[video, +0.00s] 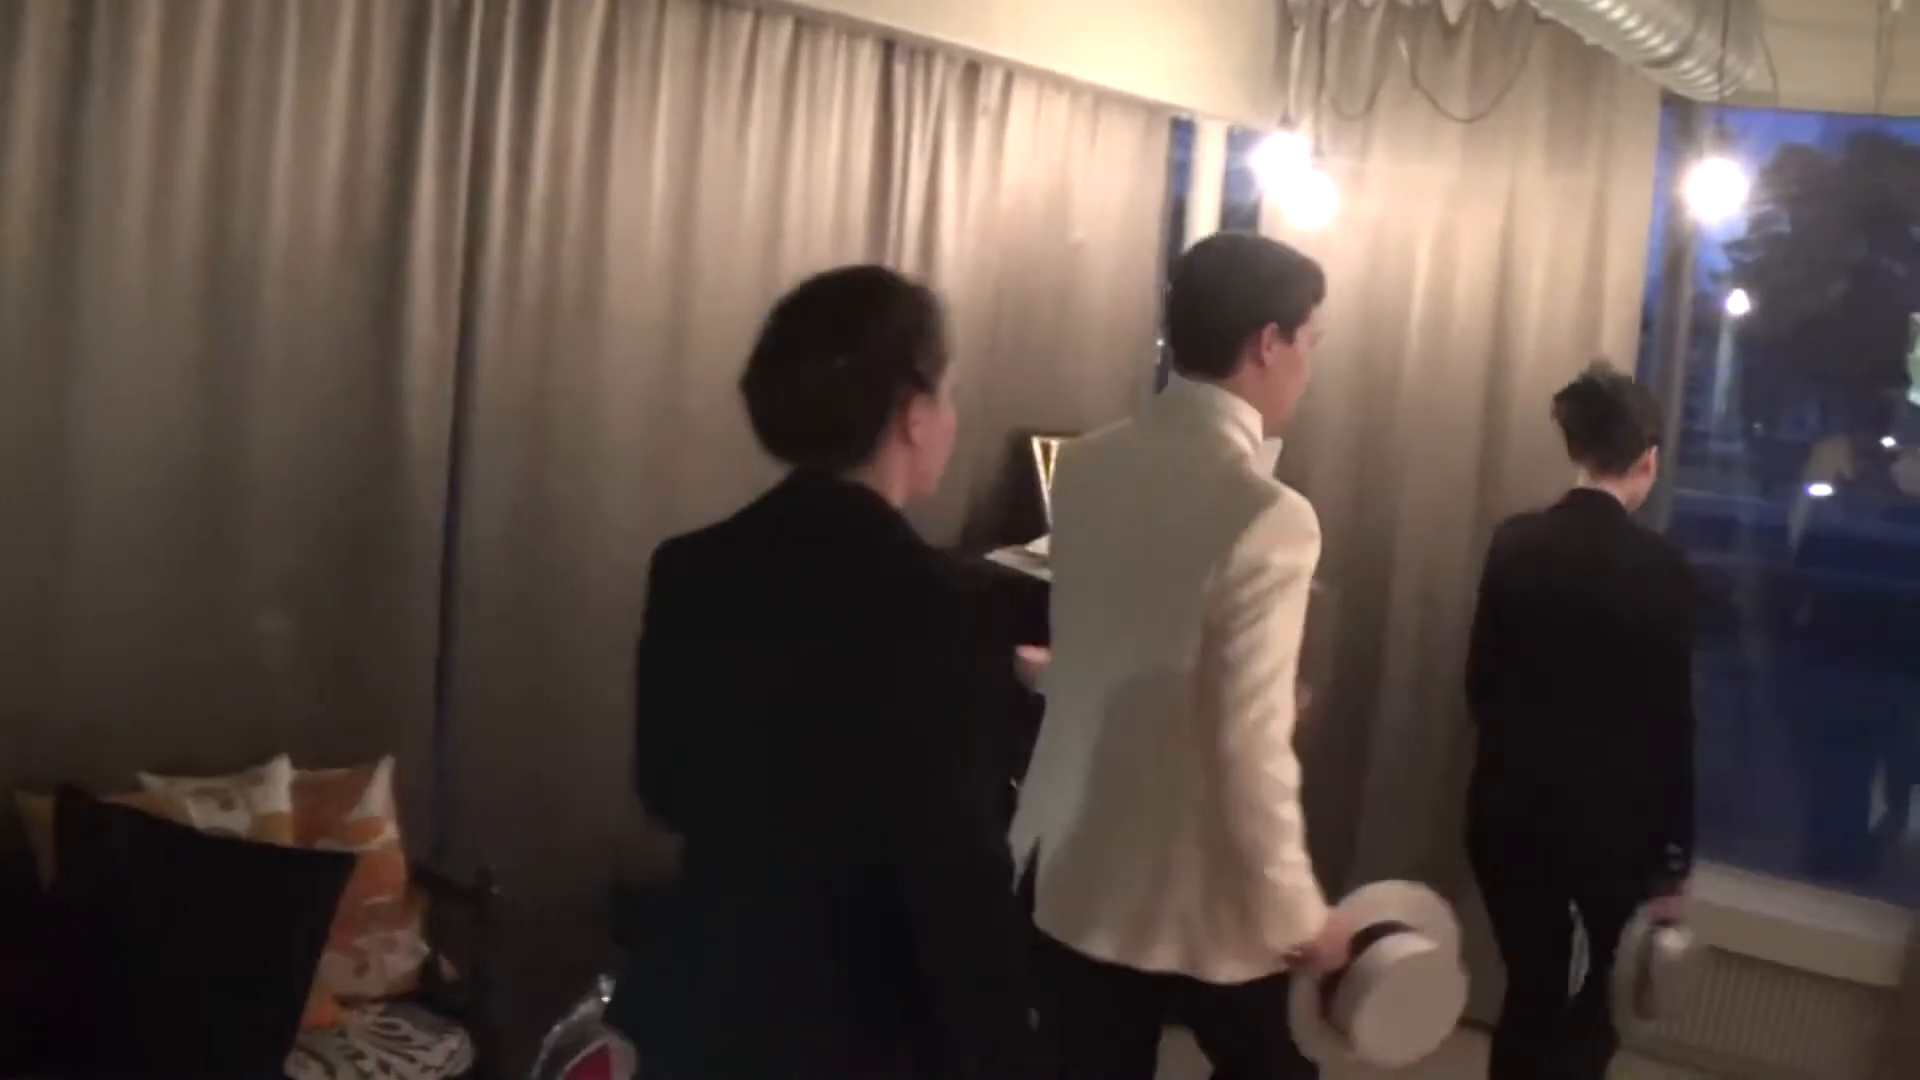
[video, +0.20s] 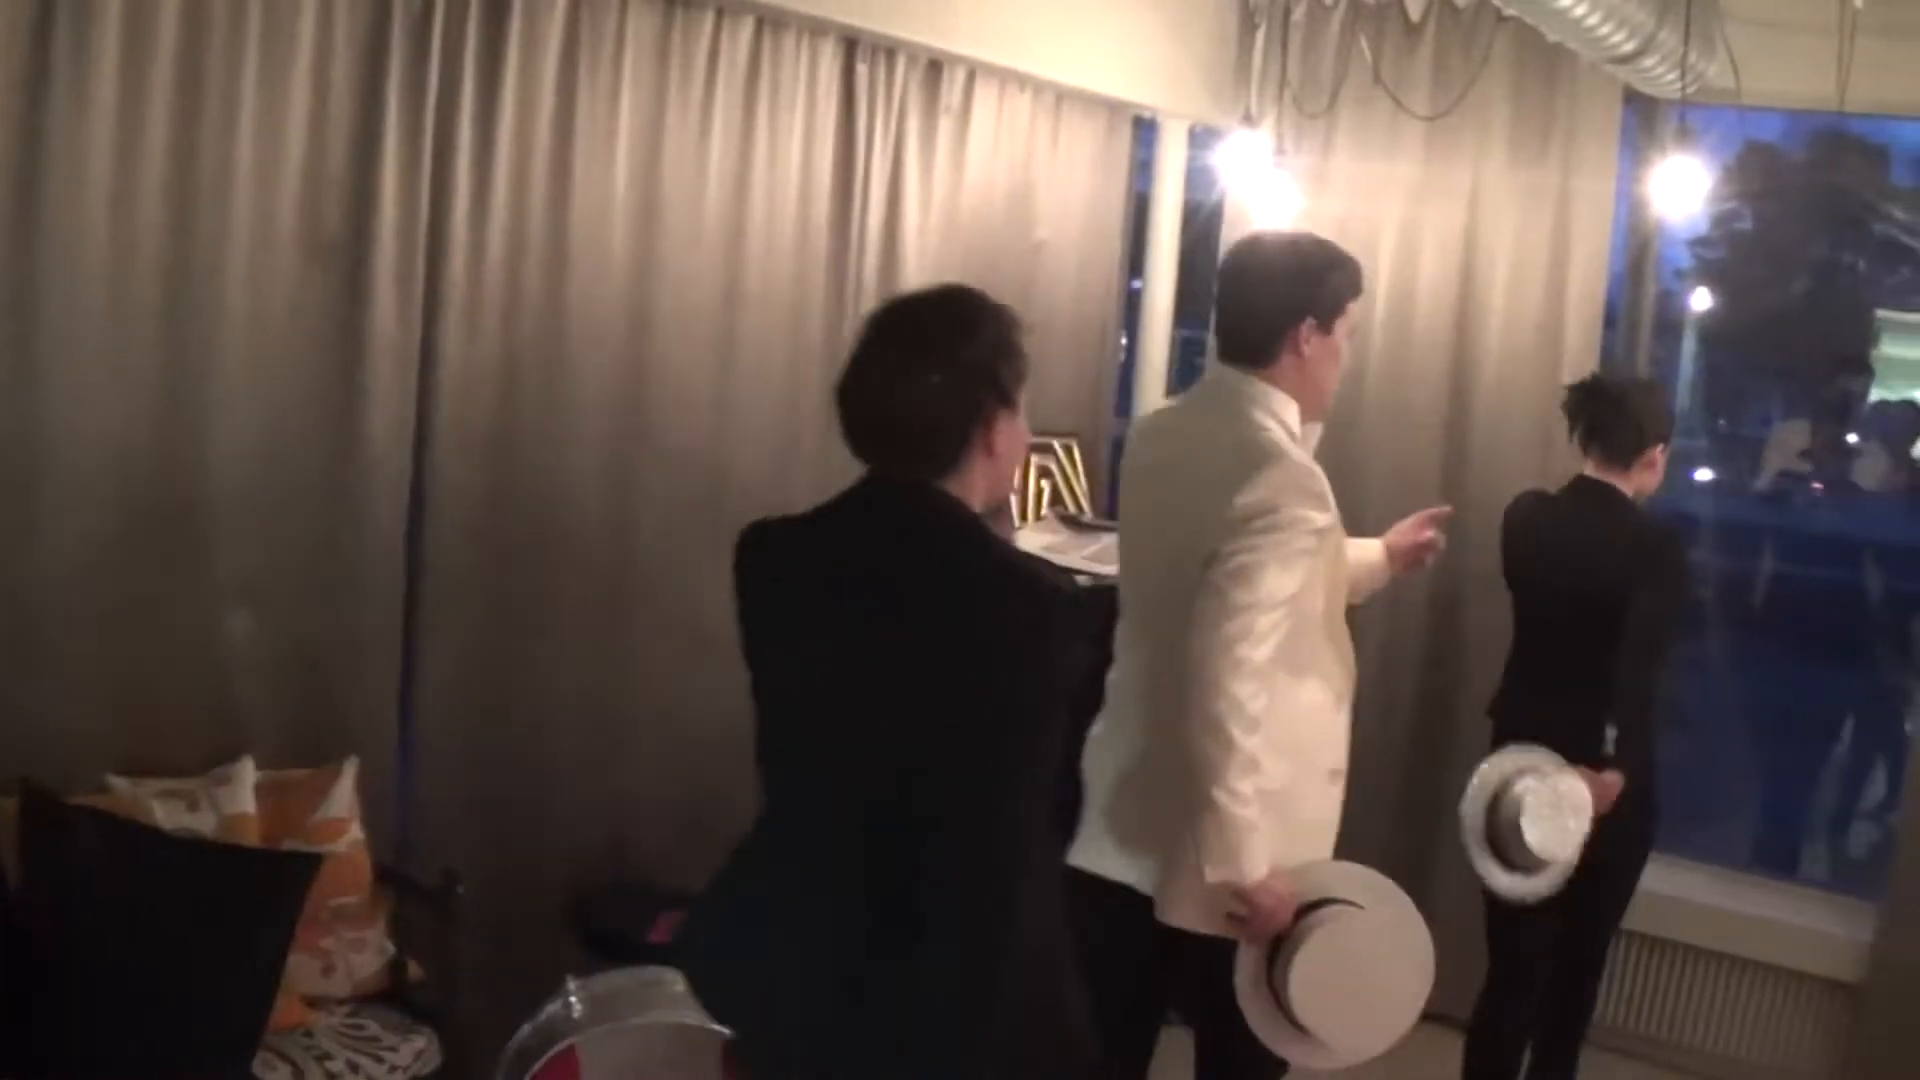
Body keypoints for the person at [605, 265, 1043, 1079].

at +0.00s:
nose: (951, 420)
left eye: (948, 393)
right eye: (946, 394)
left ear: (786, 404)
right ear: (910, 417)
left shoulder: (689, 568)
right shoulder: (940, 602)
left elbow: (669, 787)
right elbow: (959, 847)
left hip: (719, 973)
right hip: (884, 994)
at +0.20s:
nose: (1026, 434)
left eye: (1023, 408)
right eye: (1022, 410)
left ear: (865, 417)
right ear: (994, 430)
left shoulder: (771, 556)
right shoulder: (1048, 609)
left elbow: (795, 767)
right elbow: (1053, 813)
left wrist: (964, 533)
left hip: (790, 944)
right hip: (969, 965)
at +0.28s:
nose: (1056, 437)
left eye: (1053, 412)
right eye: (1052, 415)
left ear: (900, 421)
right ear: (1027, 435)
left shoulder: (809, 568)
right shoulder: (1088, 615)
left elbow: (811, 752)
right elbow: (1084, 791)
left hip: (828, 954)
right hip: (1010, 972)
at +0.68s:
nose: (1130, 406)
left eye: (1126, 380)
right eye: (1121, 382)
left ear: (995, 402)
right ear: (1072, 403)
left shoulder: (929, 509)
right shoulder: (1094, 566)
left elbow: (810, 620)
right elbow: (1151, 778)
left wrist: (874, 733)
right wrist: (1304, 711)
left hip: (932, 908)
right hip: (1031, 938)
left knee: (982, 1063)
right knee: (1042, 1063)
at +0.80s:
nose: (1128, 410)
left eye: (1122, 386)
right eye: (1109, 388)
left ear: (1041, 408)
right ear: (1036, 406)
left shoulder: (1028, 538)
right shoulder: (974, 558)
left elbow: (1073, 754)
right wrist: (1148, 900)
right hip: (980, 965)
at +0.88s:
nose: (1119, 412)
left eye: (1114, 387)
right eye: (1095, 390)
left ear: (1027, 405)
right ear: (1014, 404)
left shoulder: (1047, 530)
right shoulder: (941, 566)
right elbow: (909, 800)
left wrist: (1106, 798)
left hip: (1041, 921)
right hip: (948, 956)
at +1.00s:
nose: (1095, 395)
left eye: (1092, 369)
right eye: (1071, 372)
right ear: (984, 381)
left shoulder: (1065, 508)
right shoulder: (882, 546)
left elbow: (1068, 680)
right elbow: (760, 707)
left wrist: (1174, 637)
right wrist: (789, 850)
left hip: (1042, 892)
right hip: (916, 909)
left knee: (1021, 1059)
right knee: (937, 1066)